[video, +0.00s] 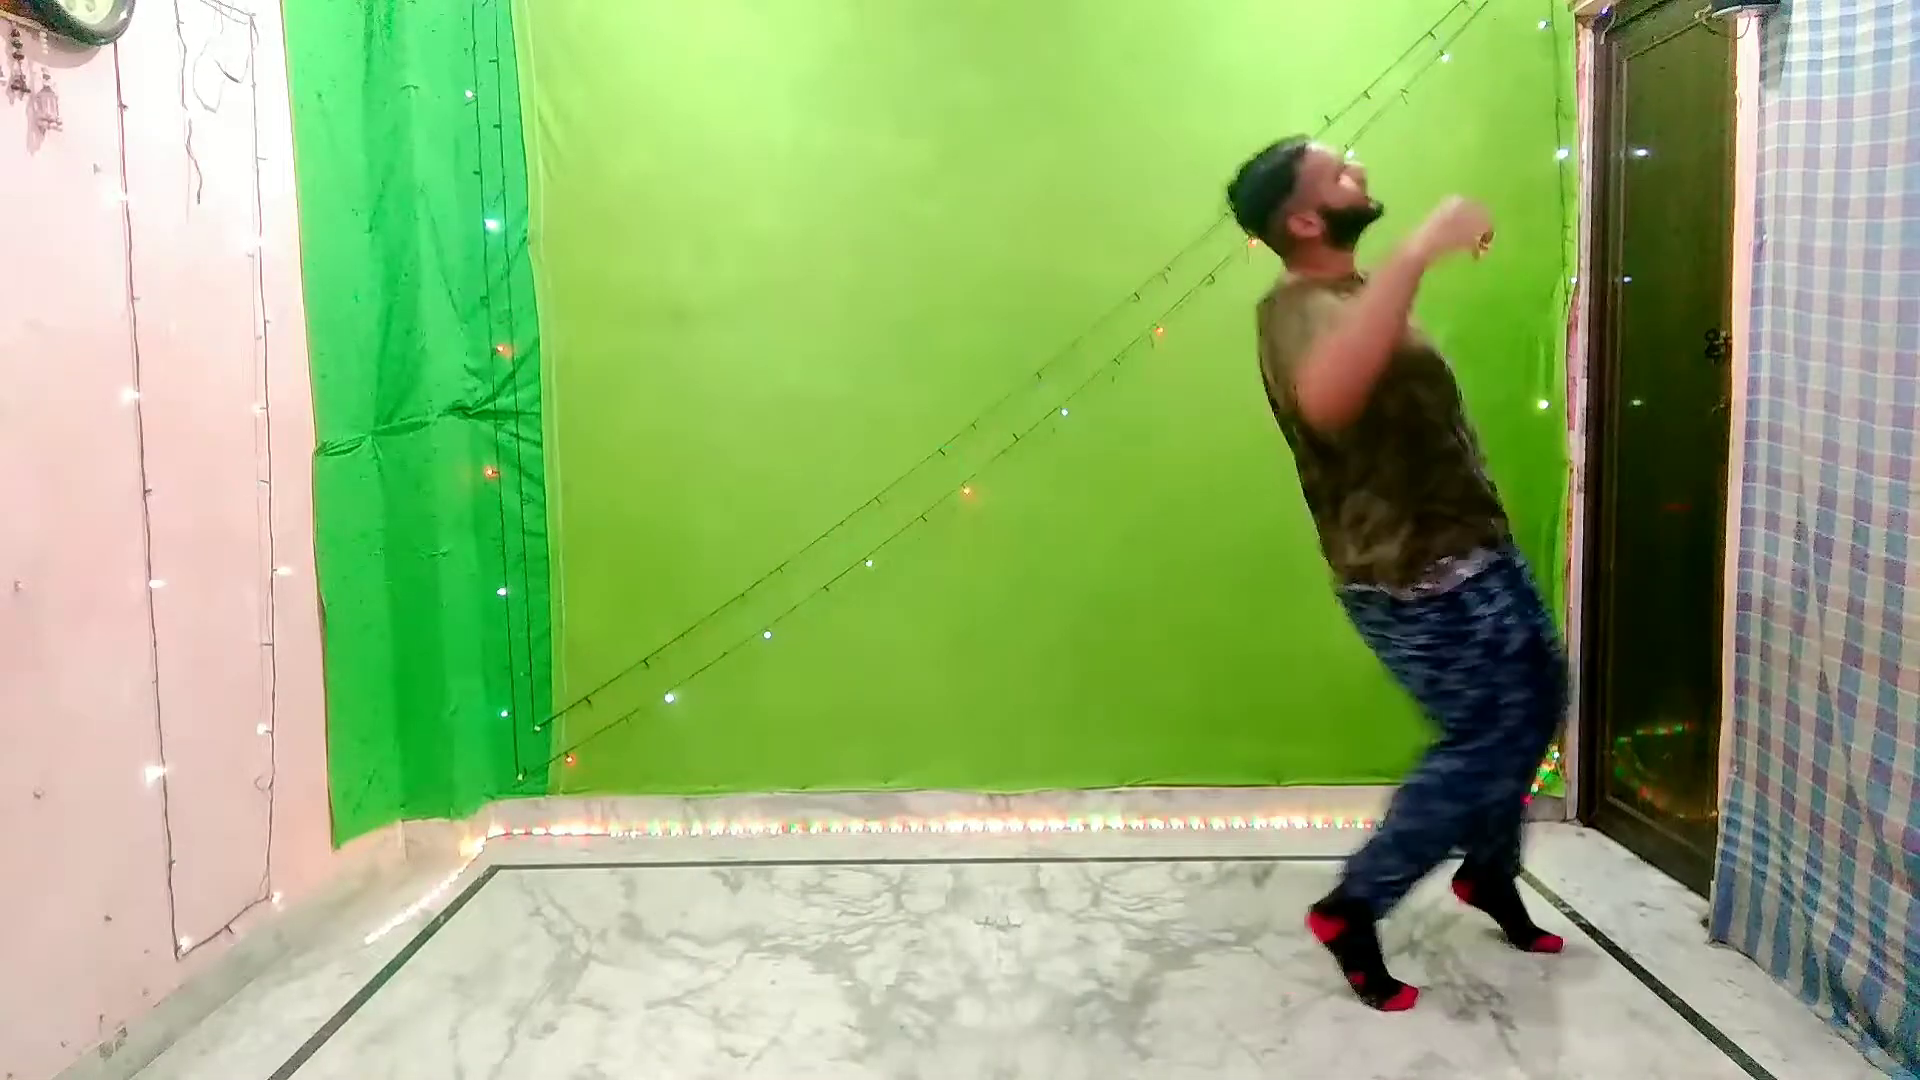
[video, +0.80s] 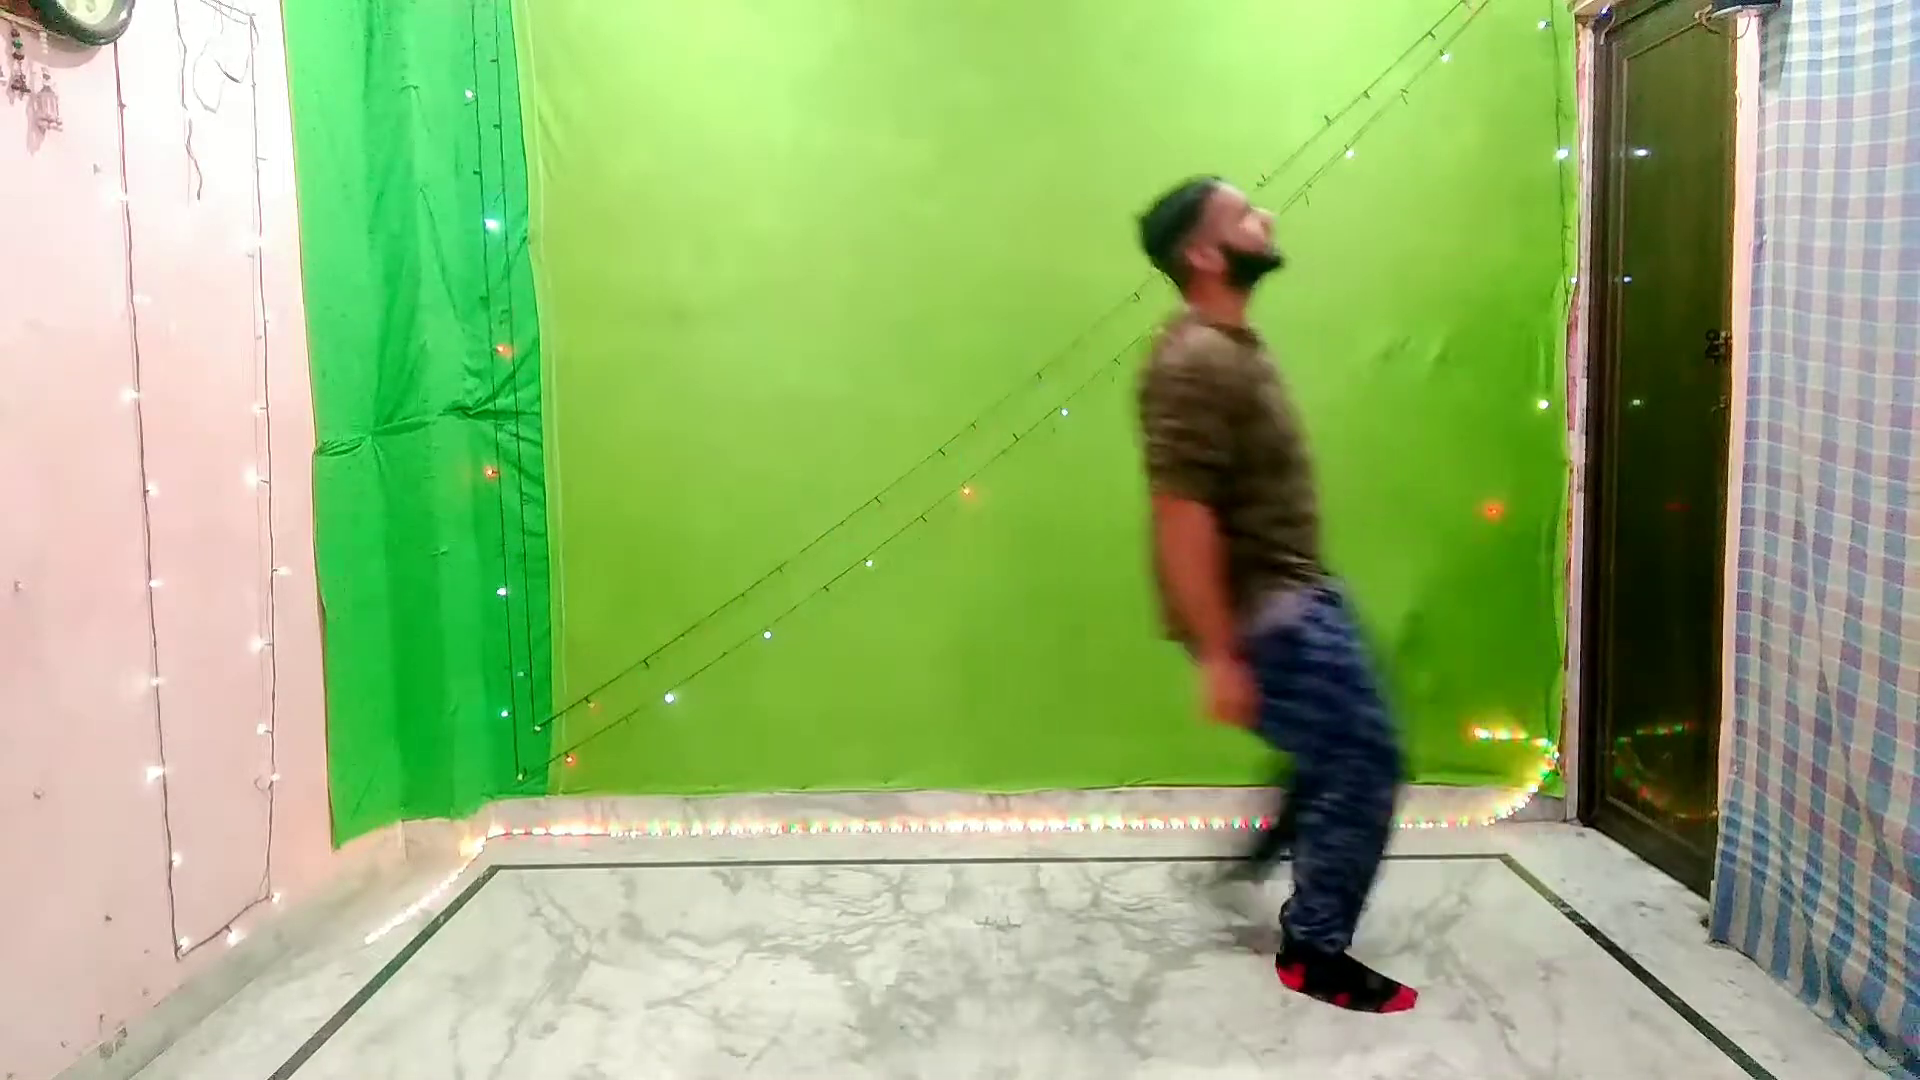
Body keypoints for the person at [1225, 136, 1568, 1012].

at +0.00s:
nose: (1349, 160)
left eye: (1334, 152)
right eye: (1327, 161)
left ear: (1309, 223)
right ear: (1300, 219)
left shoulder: (1351, 296)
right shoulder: (1298, 306)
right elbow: (1327, 397)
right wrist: (1414, 254)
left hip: (1471, 553)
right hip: (1411, 574)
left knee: (1538, 698)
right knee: (1492, 727)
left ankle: (1489, 869)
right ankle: (1353, 907)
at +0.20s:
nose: (1356, 226)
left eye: (1340, 218)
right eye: (1337, 227)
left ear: (1308, 282)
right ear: (1309, 279)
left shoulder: (1346, 355)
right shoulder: (1320, 373)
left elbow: (1376, 484)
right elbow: (1353, 504)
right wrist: (1434, 381)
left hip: (1492, 585)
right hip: (1457, 606)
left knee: (1563, 741)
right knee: (1547, 759)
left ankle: (1472, 881)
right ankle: (1380, 906)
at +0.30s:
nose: (1342, 275)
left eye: (1330, 266)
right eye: (1324, 274)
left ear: (1293, 319)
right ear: (1288, 318)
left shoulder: (1340, 392)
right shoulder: (1307, 412)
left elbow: (1413, 489)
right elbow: (1353, 540)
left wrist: (1481, 470)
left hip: (1505, 615)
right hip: (1470, 635)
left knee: (1561, 770)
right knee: (1555, 793)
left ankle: (1466, 890)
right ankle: (1378, 909)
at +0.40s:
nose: (1327, 294)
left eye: (1315, 285)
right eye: (1306, 294)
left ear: (1276, 343)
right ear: (1271, 341)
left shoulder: (1324, 413)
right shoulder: (1298, 433)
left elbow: (1393, 516)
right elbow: (1353, 563)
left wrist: (1479, 513)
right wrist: (1482, 602)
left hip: (1489, 634)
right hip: (1459, 651)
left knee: (1563, 770)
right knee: (1555, 795)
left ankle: (1467, 891)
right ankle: (1365, 913)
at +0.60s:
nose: (1300, 271)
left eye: (1288, 262)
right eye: (1282, 268)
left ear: (1250, 313)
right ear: (1247, 310)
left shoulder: (1288, 399)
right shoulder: (1260, 417)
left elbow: (1347, 538)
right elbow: (1314, 564)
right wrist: (1389, 696)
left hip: (1429, 605)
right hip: (1394, 628)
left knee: (1523, 711)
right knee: (1487, 780)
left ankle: (1470, 894)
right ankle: (1328, 932)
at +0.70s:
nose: (1285, 230)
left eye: (1274, 220)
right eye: (1265, 225)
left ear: (1231, 272)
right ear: (1227, 267)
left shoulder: (1260, 359)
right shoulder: (1229, 373)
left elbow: (1282, 514)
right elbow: (1231, 527)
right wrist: (1283, 668)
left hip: (1357, 599)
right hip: (1321, 623)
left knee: (1442, 697)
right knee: (1413, 761)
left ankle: (1391, 882)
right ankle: (1320, 945)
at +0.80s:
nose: (1262, 219)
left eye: (1251, 208)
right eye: (1242, 213)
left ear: (1210, 254)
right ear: (1200, 252)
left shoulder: (1230, 347)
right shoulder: (1192, 360)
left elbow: (1235, 498)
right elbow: (1181, 515)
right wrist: (1219, 651)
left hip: (1298, 593)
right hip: (1268, 608)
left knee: (1348, 738)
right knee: (1363, 760)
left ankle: (1267, 852)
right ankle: (1315, 948)